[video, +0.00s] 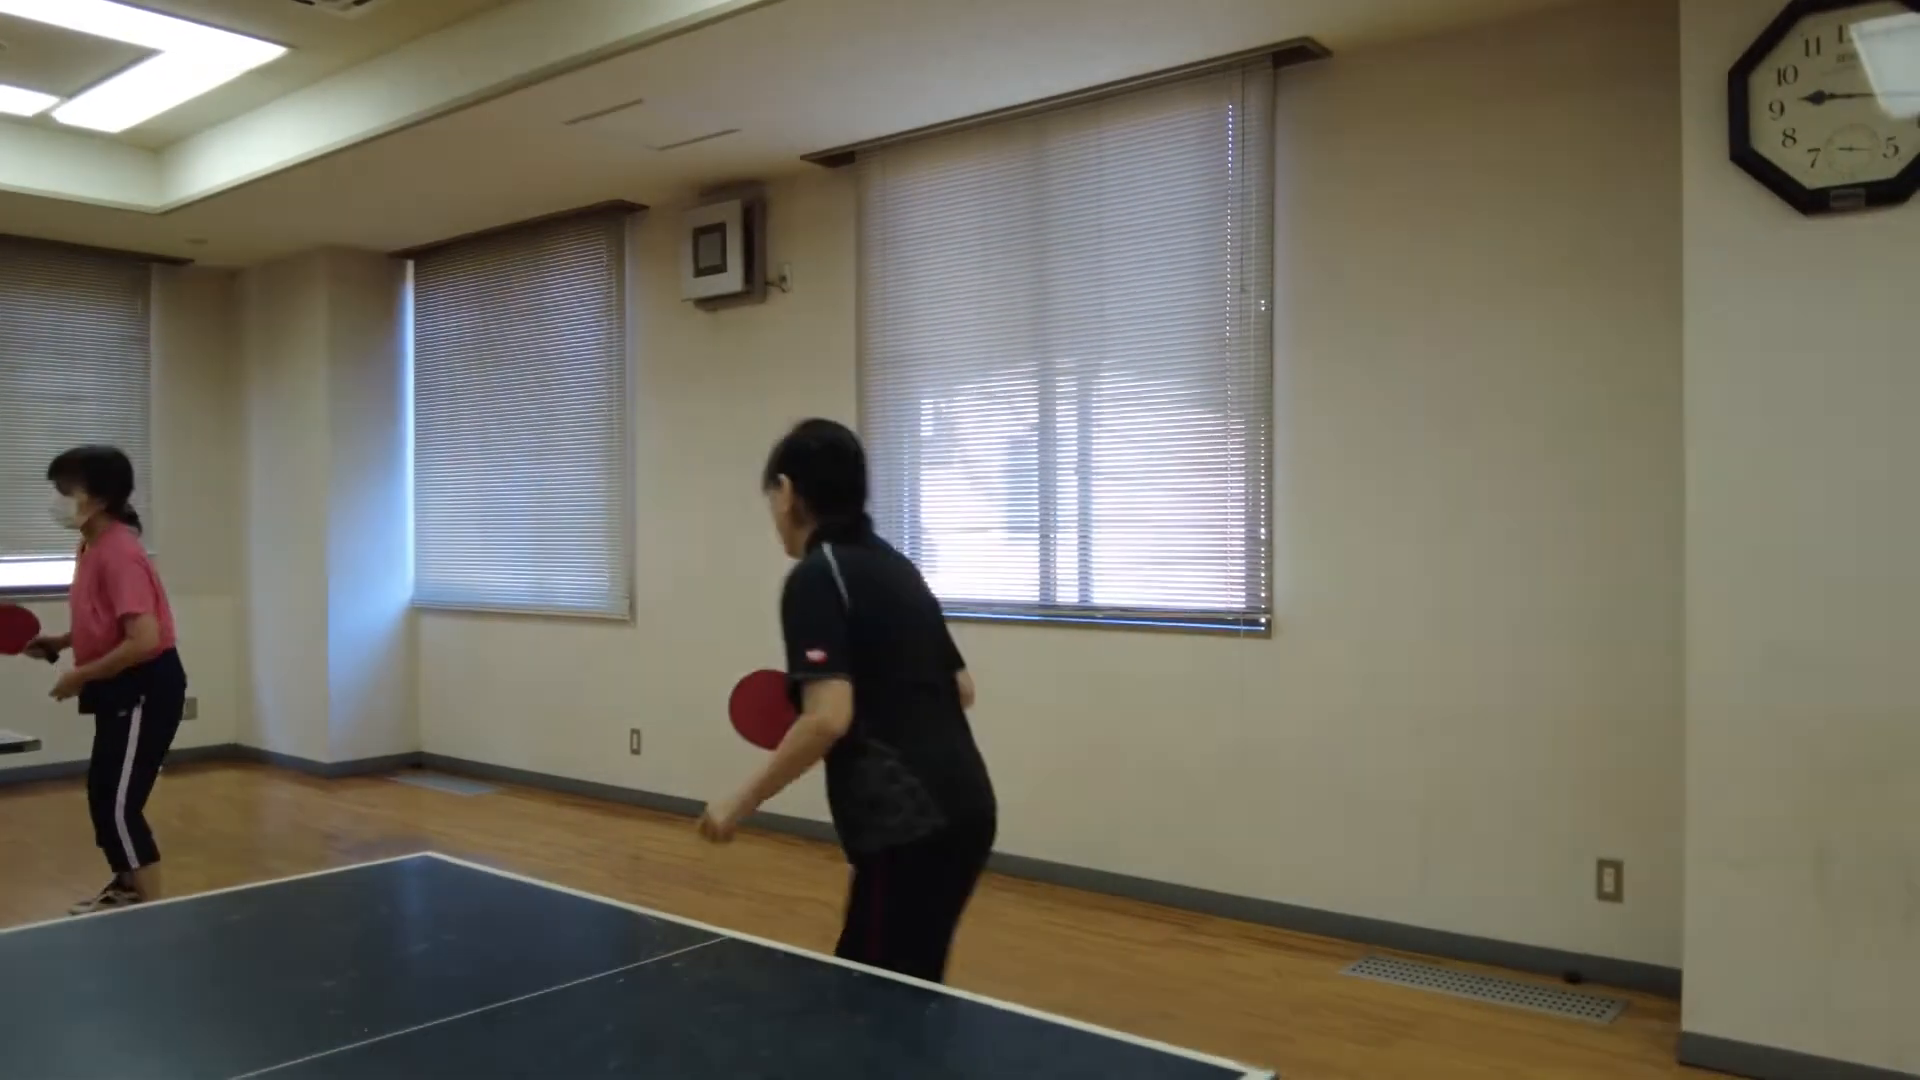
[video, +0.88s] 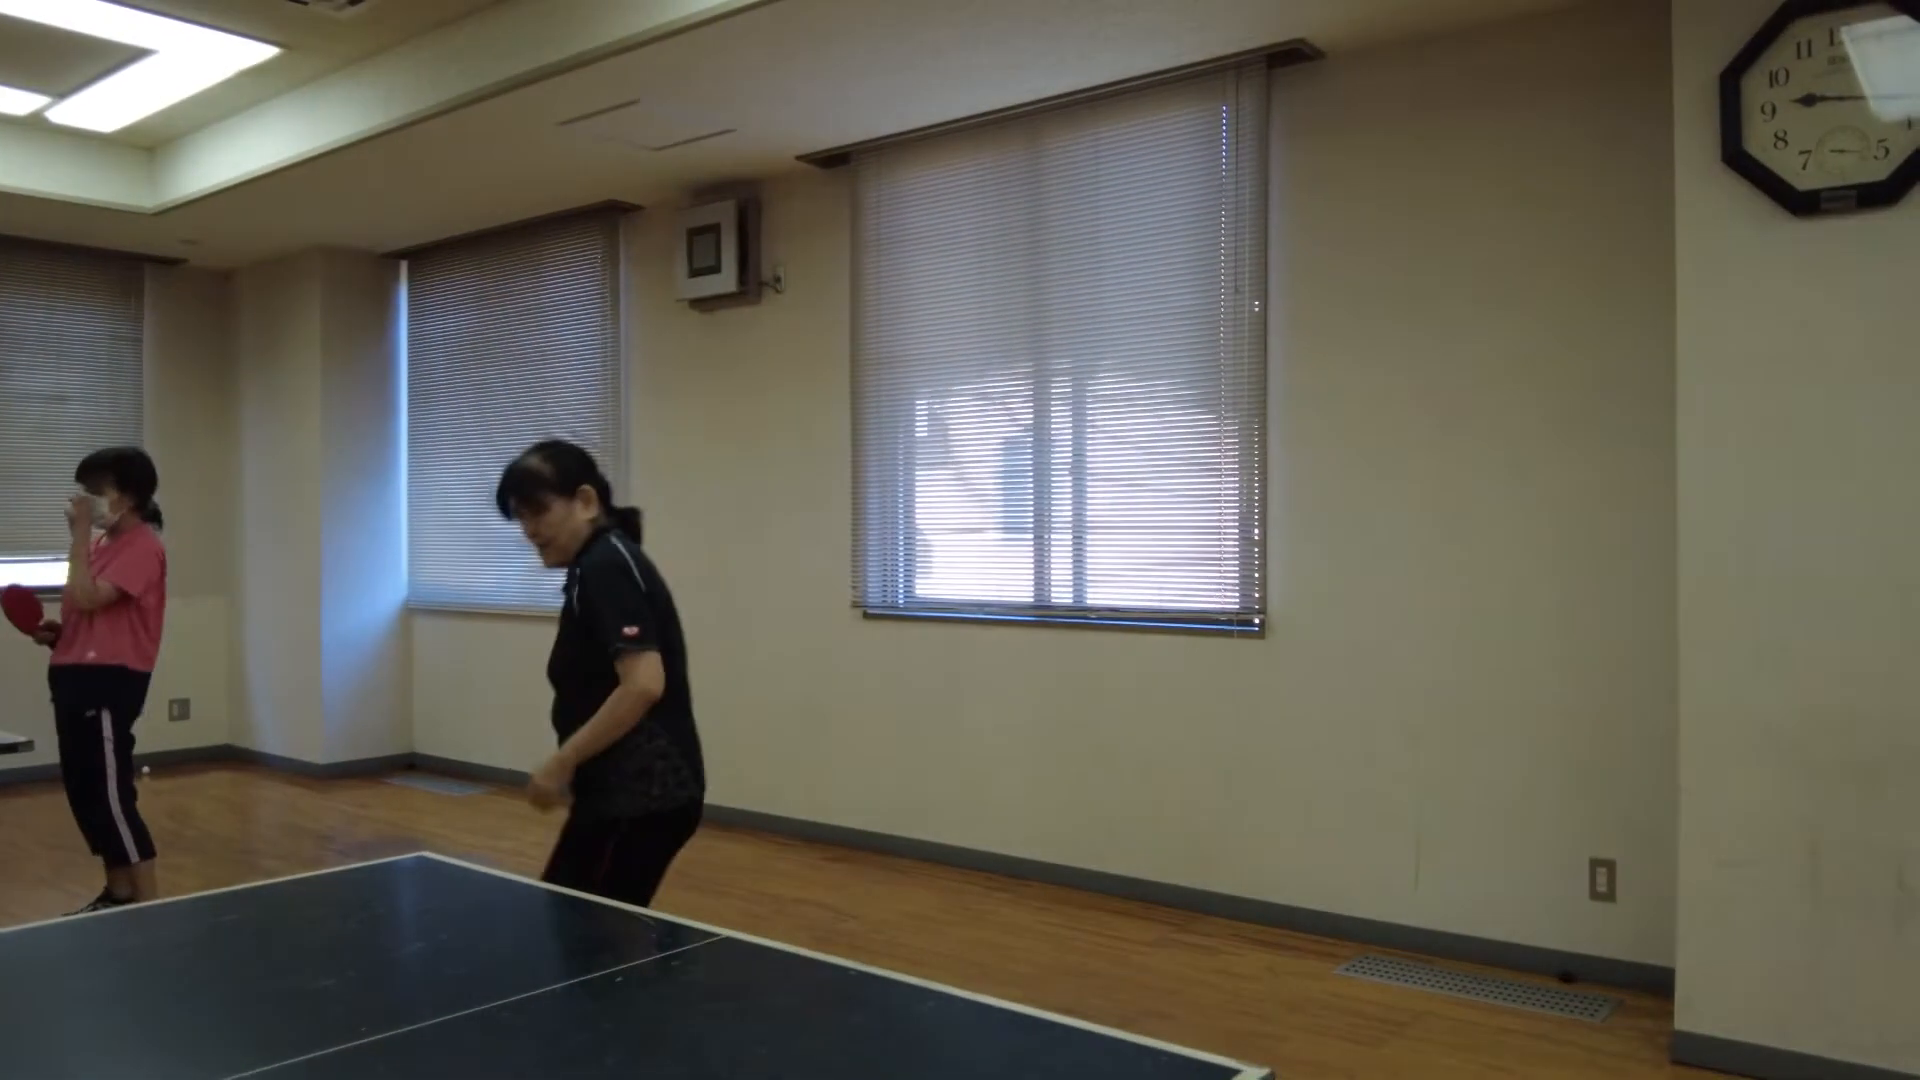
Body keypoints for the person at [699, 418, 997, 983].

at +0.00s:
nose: (772, 511)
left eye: (771, 494)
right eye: (770, 495)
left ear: (791, 493)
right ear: (850, 488)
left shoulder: (816, 576)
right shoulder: (893, 565)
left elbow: (829, 717)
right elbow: (960, 688)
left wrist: (740, 802)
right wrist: (869, 720)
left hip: (905, 826)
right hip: (959, 813)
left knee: (866, 994)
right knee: (899, 995)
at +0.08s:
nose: (748, 507)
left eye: (745, 489)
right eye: (744, 491)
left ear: (766, 483)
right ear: (827, 476)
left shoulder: (791, 561)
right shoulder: (875, 551)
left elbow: (805, 694)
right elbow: (944, 669)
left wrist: (740, 816)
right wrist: (838, 691)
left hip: (870, 808)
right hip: (941, 797)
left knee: (819, 983)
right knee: (874, 981)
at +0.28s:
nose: (706, 502)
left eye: (704, 485)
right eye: (700, 488)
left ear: (735, 475)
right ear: (783, 470)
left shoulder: (736, 551)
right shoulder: (839, 550)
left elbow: (751, 670)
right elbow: (876, 669)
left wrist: (747, 805)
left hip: (785, 796)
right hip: (869, 789)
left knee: (732, 970)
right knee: (854, 975)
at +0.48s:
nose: (637, 496)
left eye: (637, 480)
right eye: (634, 481)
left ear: (669, 476)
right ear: (715, 468)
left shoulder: (660, 564)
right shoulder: (770, 554)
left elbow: (674, 685)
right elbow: (797, 662)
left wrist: (686, 810)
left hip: (709, 788)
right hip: (790, 779)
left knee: (671, 951)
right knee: (783, 947)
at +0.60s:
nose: (600, 497)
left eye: (605, 479)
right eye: (597, 483)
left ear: (648, 474)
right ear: (655, 474)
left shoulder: (639, 553)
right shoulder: (726, 543)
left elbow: (644, 678)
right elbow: (766, 652)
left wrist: (605, 793)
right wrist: (666, 665)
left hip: (676, 778)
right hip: (749, 768)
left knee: (645, 925)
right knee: (694, 913)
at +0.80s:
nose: (546, 512)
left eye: (555, 493)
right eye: (540, 500)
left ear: (604, 483)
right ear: (607, 488)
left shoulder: (614, 551)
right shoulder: (644, 545)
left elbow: (635, 672)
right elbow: (706, 661)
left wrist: (555, 736)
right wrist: (643, 737)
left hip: (649, 788)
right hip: (676, 780)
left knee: (601, 931)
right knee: (625, 933)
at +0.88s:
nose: (529, 530)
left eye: (538, 511)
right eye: (521, 518)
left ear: (586, 501)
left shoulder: (606, 563)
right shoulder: (599, 561)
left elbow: (644, 682)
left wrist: (565, 760)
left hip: (640, 799)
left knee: (564, 922)